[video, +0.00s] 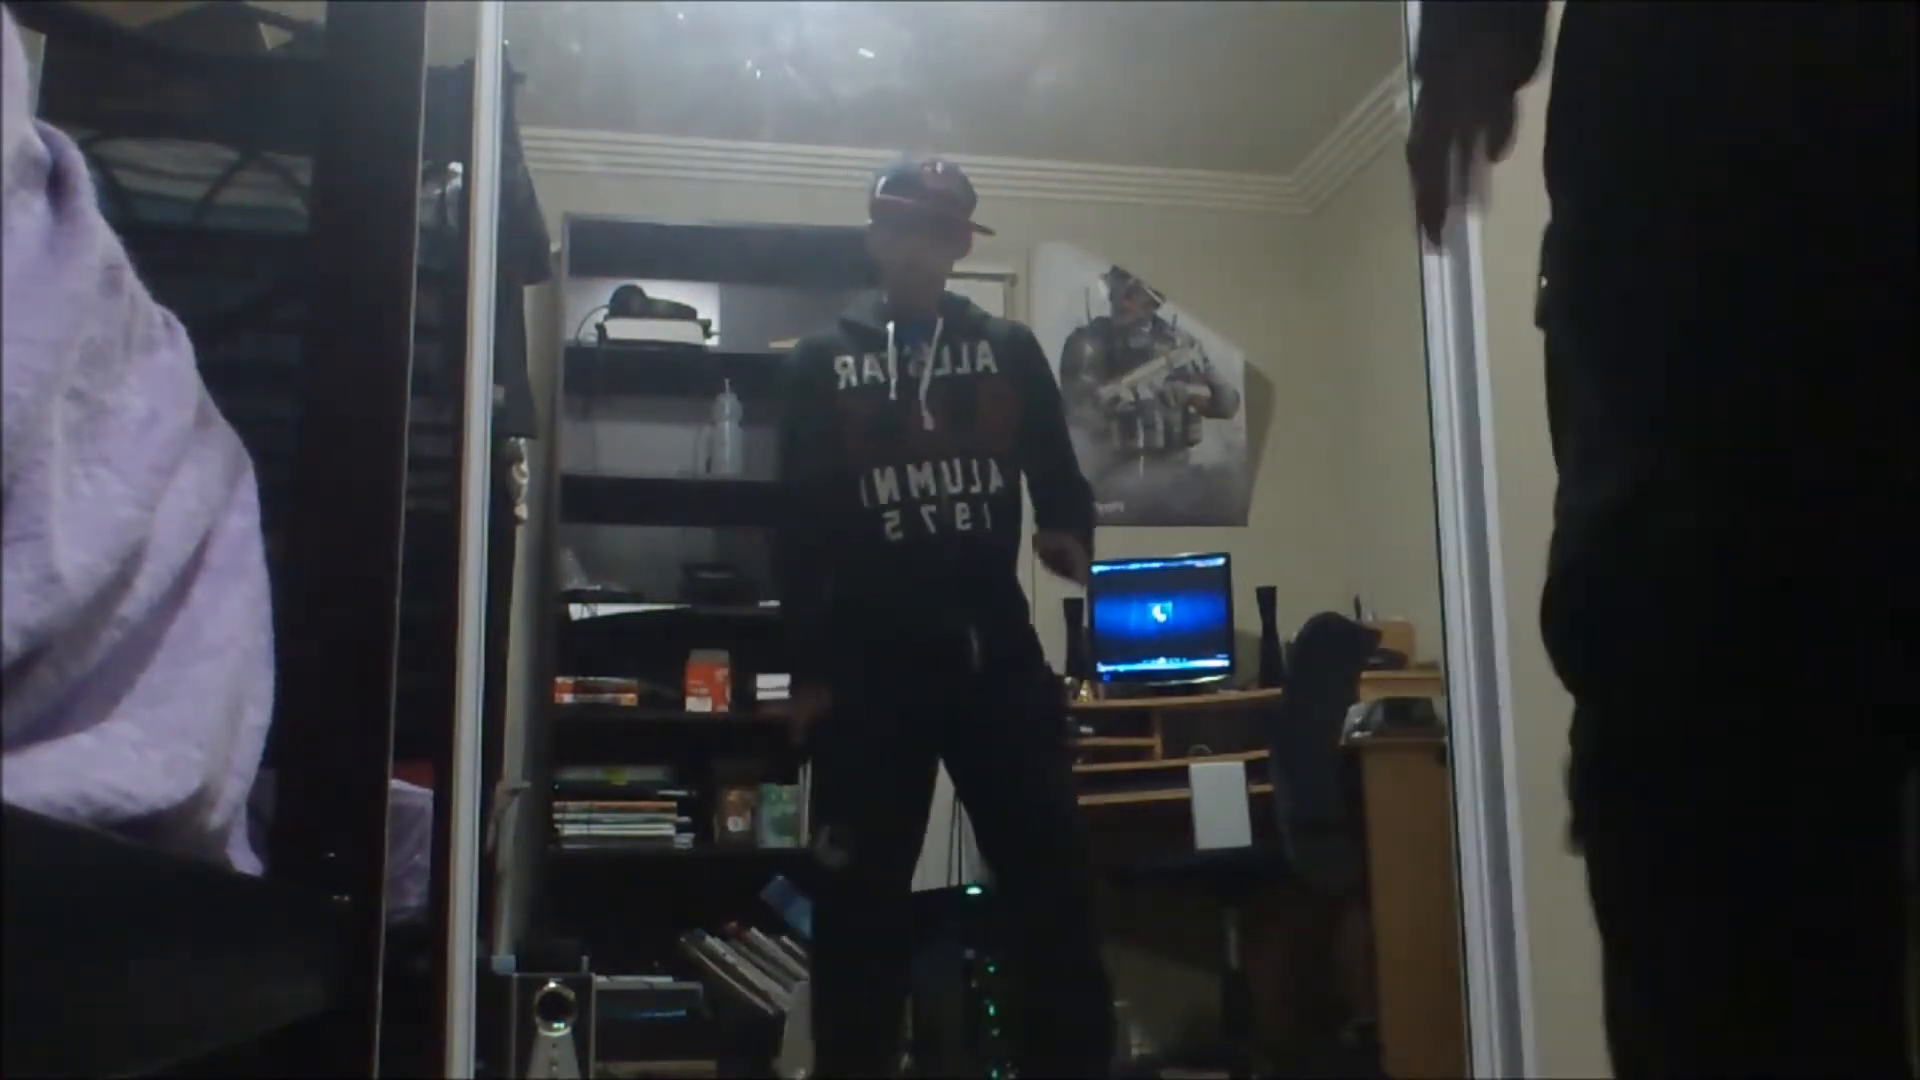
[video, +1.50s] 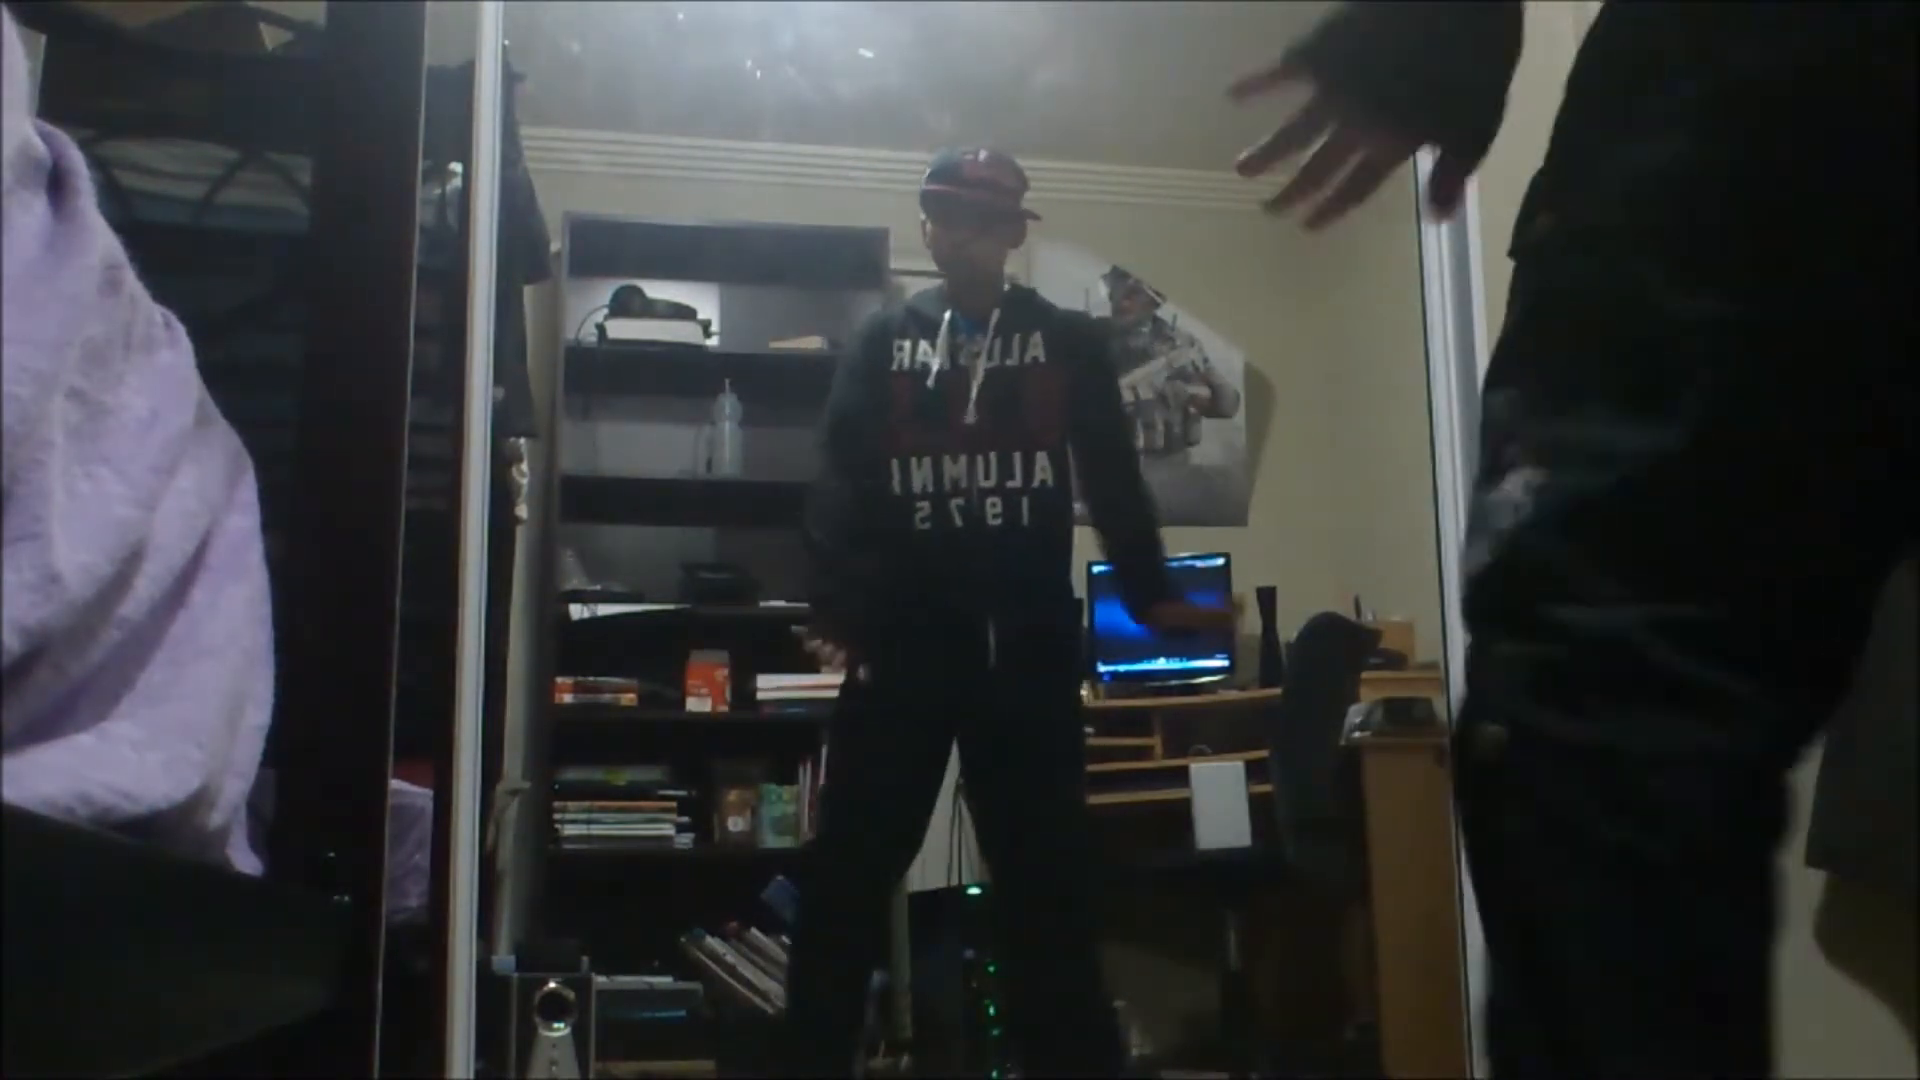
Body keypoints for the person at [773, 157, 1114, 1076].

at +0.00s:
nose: (915, 247)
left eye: (935, 230)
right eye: (900, 226)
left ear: (966, 240)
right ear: (872, 231)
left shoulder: (1010, 349)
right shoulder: (820, 358)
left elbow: (1056, 474)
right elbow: (796, 518)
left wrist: (1064, 529)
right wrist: (804, 662)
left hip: (992, 648)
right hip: (864, 649)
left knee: (1047, 872)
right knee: (860, 894)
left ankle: (1069, 1064)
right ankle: (854, 1069)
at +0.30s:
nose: (961, 242)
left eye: (977, 227)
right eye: (944, 222)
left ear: (996, 242)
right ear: (906, 231)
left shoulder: (1027, 357)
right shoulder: (846, 354)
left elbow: (1075, 490)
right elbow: (813, 502)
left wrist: (1092, 599)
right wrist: (879, 558)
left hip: (1004, 644)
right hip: (887, 646)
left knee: (1042, 878)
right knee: (864, 886)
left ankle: (1069, 1067)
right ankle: (849, 1068)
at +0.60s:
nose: (1043, 250)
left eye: (1054, 234)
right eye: (1026, 228)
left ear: (1062, 242)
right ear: (977, 227)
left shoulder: (1079, 358)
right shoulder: (913, 328)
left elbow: (1113, 487)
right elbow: (861, 447)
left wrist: (1165, 580)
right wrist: (1008, 456)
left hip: (1045, 633)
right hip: (934, 628)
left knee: (1067, 875)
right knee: (898, 874)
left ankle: (1064, 1068)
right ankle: (872, 1068)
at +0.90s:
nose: (1057, 244)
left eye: (1069, 228)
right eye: (1039, 223)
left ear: (1082, 239)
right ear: (991, 230)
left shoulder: (1108, 351)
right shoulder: (926, 336)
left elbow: (1160, 482)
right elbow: (863, 474)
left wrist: (1184, 499)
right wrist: (897, 570)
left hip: (1053, 626)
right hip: (935, 622)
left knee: (1063, 859)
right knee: (889, 847)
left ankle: (1067, 1062)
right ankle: (863, 1057)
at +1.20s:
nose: (999, 235)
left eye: (1020, 218)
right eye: (985, 214)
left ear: (1048, 229)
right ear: (956, 221)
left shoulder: (1092, 339)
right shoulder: (902, 339)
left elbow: (1208, 432)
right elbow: (851, 478)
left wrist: (1196, 491)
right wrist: (859, 582)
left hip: (1043, 634)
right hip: (921, 634)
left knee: (1045, 869)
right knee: (865, 868)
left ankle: (1055, 1066)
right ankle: (851, 1067)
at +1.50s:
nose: (973, 237)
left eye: (992, 220)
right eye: (956, 218)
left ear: (1021, 230)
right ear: (927, 226)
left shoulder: (1068, 340)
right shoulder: (881, 337)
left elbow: (1113, 481)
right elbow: (839, 480)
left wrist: (1156, 601)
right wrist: (836, 602)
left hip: (1027, 637)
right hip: (905, 634)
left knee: (1045, 868)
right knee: (850, 865)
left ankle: (1067, 1063)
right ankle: (814, 1062)